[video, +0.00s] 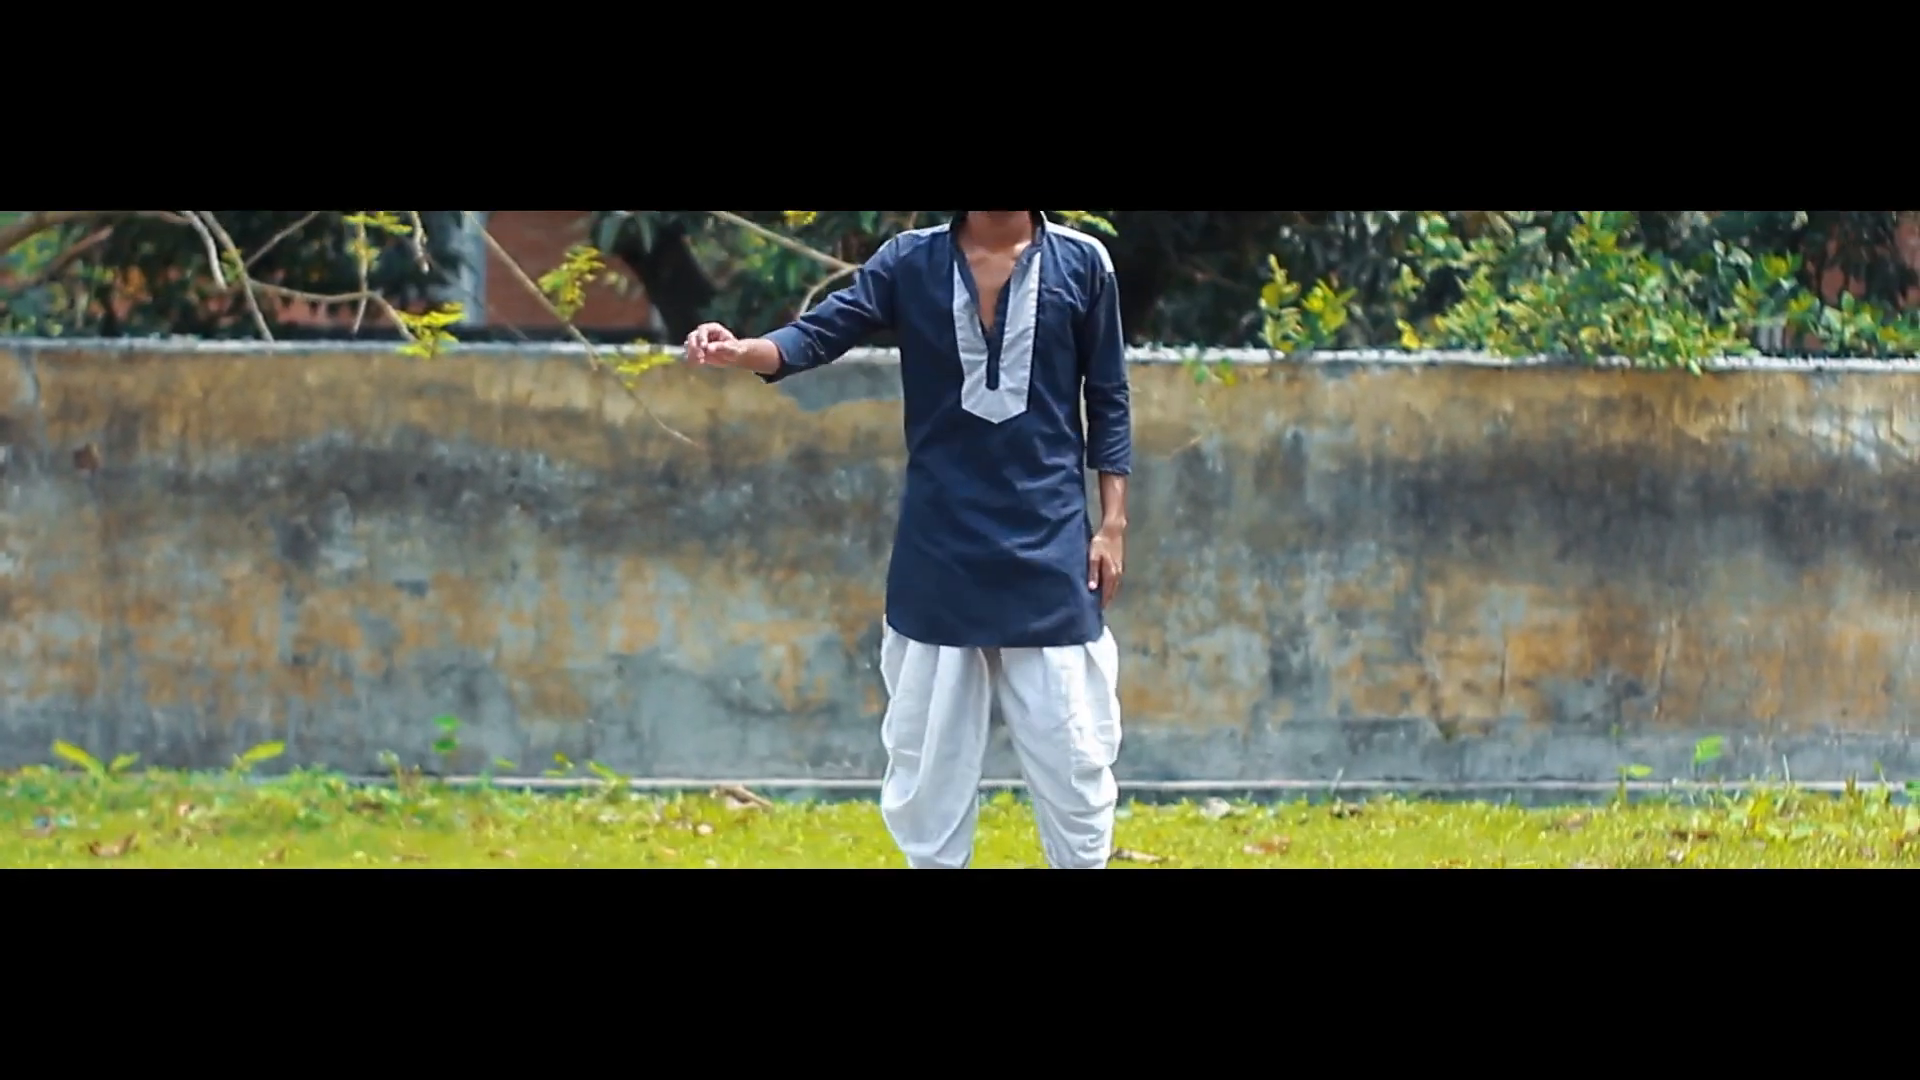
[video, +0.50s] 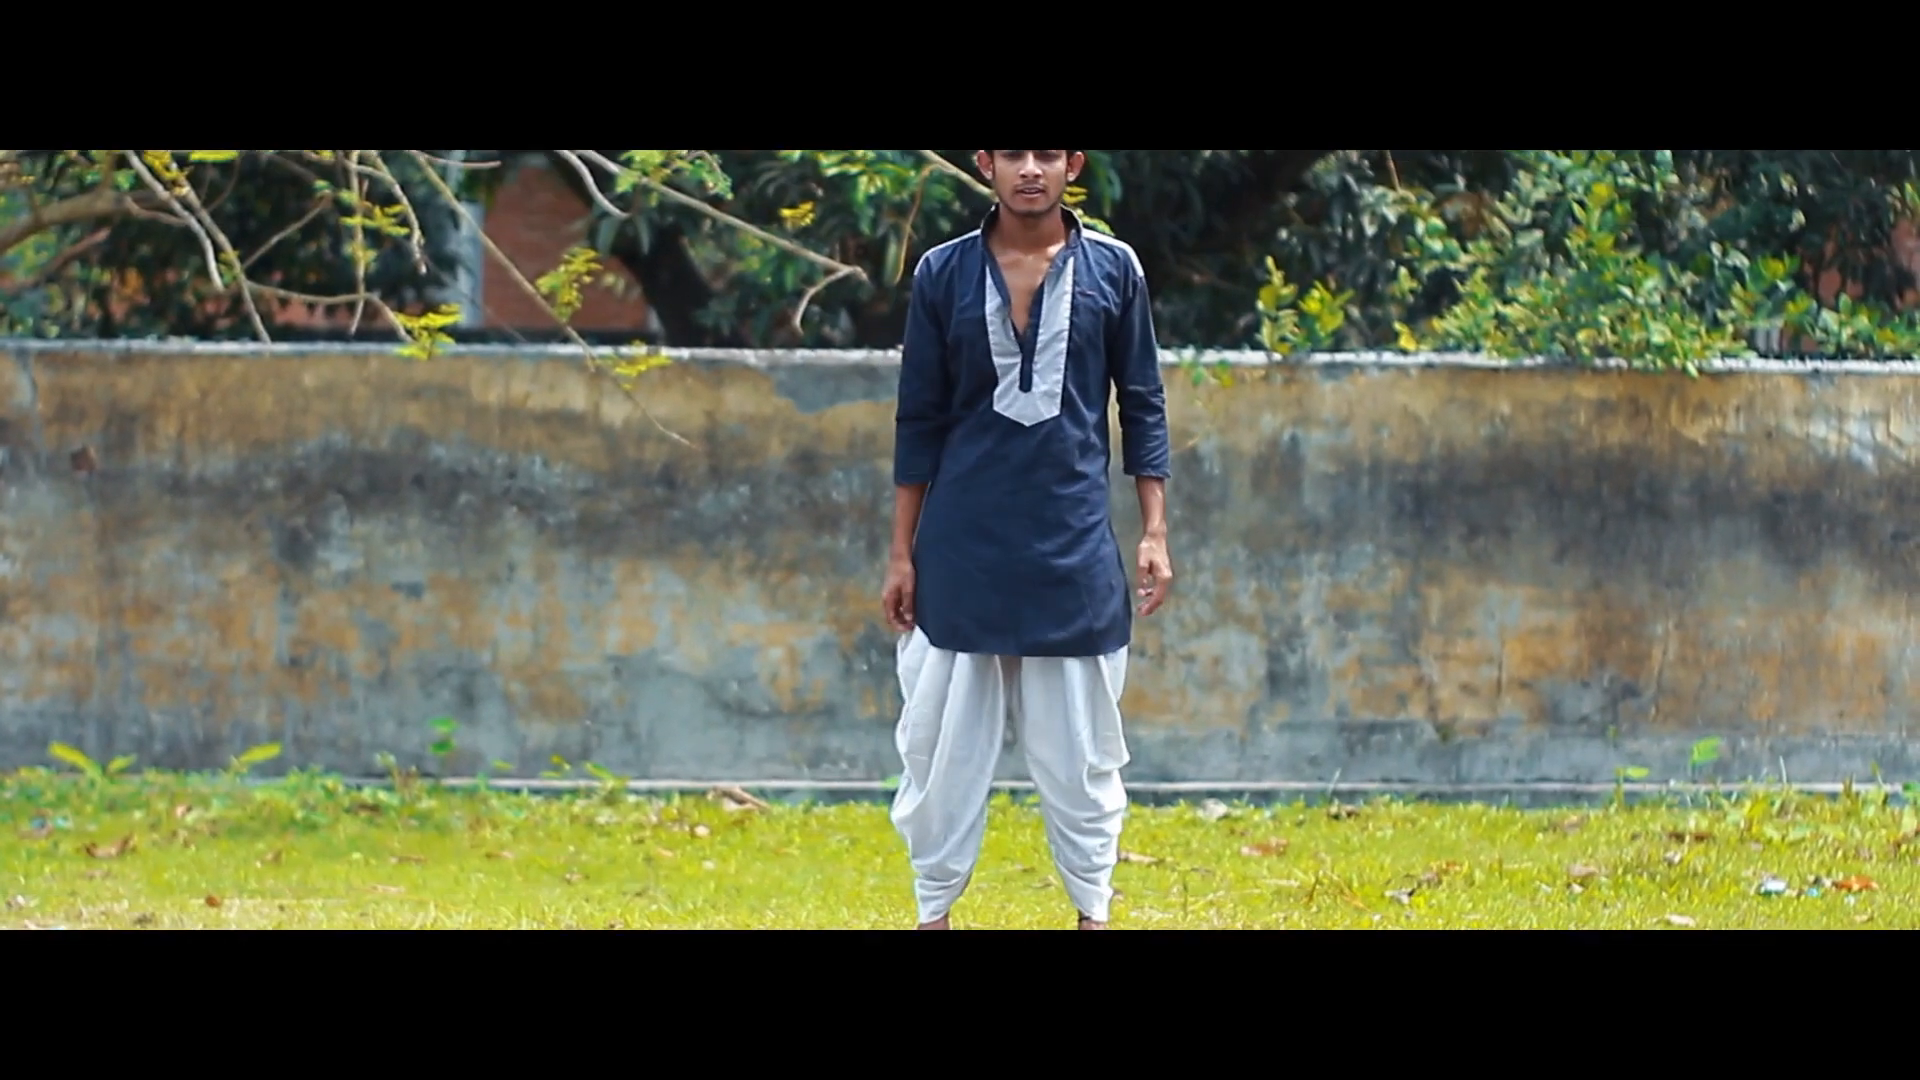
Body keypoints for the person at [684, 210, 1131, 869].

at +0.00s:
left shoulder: (1083, 262)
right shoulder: (909, 259)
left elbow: (1109, 396)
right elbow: (821, 331)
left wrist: (1112, 522)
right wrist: (745, 351)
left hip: (1049, 545)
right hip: (937, 547)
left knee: (1075, 766)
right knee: (927, 767)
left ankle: (1083, 861)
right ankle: (934, 860)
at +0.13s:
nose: (1000, 189)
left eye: (1012, 183)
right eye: (989, 183)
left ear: (1036, 189)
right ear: (968, 190)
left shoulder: (1088, 265)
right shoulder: (916, 260)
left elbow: (1110, 400)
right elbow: (843, 317)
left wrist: (1111, 523)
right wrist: (789, 349)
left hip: (1048, 547)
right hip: (938, 548)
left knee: (1074, 757)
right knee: (926, 753)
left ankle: (1087, 875)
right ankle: (935, 874)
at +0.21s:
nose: (1013, 180)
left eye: (1026, 172)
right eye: (997, 172)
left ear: (1046, 182)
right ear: (973, 181)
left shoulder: (1094, 265)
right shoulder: (924, 260)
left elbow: (1119, 401)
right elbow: (850, 346)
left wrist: (1119, 524)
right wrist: (819, 392)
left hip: (1054, 542)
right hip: (944, 542)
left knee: (1073, 750)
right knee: (932, 745)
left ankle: (1090, 882)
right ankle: (936, 883)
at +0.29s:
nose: (1019, 175)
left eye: (1035, 165)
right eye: (1003, 165)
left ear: (1060, 176)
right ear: (978, 175)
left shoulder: (1102, 266)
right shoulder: (933, 266)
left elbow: (1127, 402)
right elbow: (877, 375)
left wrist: (1131, 525)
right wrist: (850, 452)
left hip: (1060, 543)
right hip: (952, 541)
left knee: (1074, 750)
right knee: (933, 745)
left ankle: (1093, 894)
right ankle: (935, 892)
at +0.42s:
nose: (1028, 172)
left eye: (1044, 158)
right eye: (1011, 159)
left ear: (1070, 167)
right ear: (985, 168)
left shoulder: (1111, 269)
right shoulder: (938, 272)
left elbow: (1138, 404)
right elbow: (907, 410)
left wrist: (1147, 529)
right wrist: (884, 537)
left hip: (1069, 546)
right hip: (956, 547)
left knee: (1080, 750)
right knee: (936, 748)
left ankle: (1093, 907)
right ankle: (933, 906)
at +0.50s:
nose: (1030, 172)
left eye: (1046, 156)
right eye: (1013, 156)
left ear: (1070, 165)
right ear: (987, 164)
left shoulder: (1113, 267)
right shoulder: (941, 271)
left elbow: (1142, 404)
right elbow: (918, 418)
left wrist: (1154, 529)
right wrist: (901, 551)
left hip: (1072, 543)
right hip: (958, 543)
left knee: (1081, 744)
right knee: (940, 745)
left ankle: (1093, 914)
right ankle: (933, 915)